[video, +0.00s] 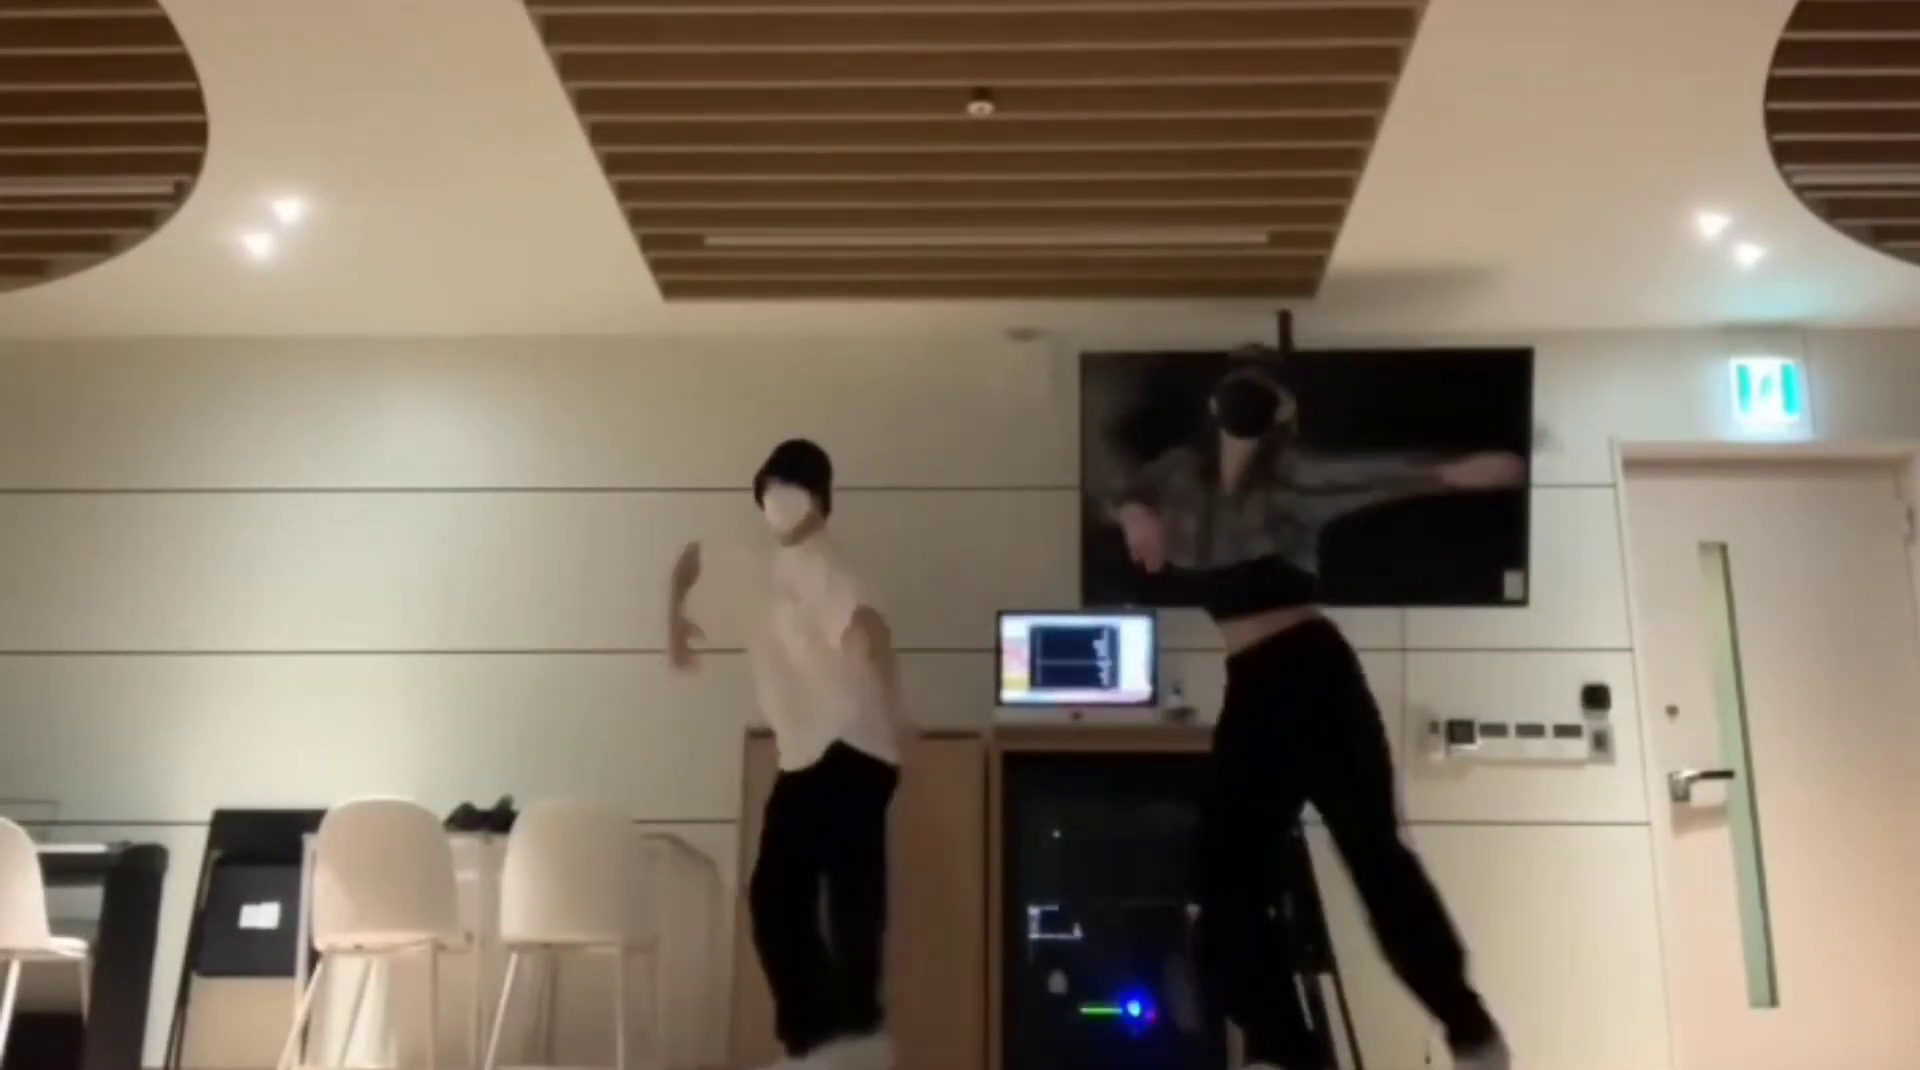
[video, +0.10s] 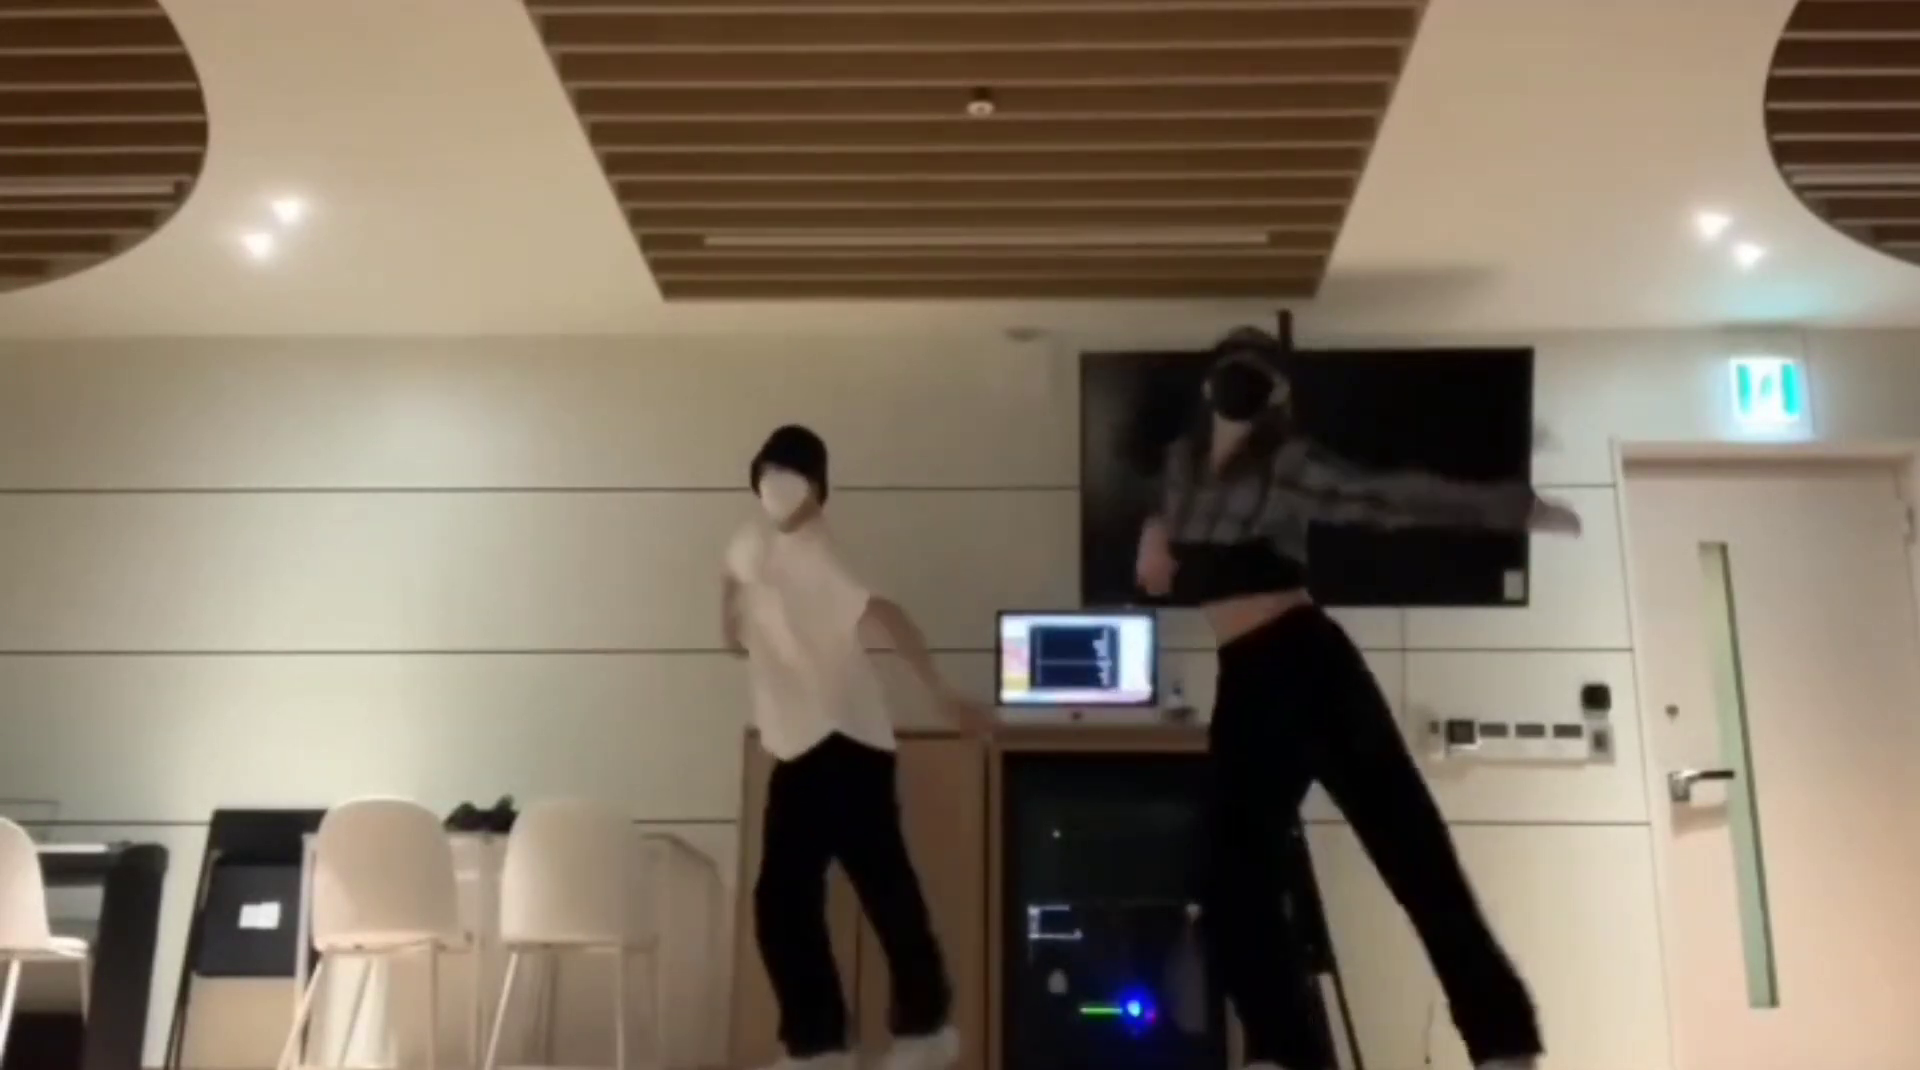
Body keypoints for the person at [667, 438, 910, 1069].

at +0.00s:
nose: (780, 504)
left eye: (795, 491)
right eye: (770, 492)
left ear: (820, 500)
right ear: (759, 502)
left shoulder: (825, 563)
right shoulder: (776, 572)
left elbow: (871, 627)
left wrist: (895, 715)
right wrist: (678, 606)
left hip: (850, 745)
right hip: (806, 751)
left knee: (778, 892)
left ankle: (826, 1033)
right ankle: (844, 1027)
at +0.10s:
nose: (774, 489)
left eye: (789, 478)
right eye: (767, 477)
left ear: (817, 491)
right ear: (754, 483)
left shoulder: (809, 553)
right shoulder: (757, 544)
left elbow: (885, 615)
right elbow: (733, 588)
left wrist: (941, 696)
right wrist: (734, 626)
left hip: (848, 742)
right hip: (801, 748)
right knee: (782, 901)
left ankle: (928, 1027)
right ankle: (816, 1044)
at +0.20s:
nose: (774, 477)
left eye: (787, 463)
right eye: (766, 466)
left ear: (814, 475)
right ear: (758, 478)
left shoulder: (816, 549)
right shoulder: (774, 548)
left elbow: (907, 611)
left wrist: (969, 692)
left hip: (833, 742)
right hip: (791, 742)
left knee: (897, 875)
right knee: (790, 898)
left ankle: (965, 1015)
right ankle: (818, 1044)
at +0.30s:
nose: (781, 477)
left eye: (791, 462)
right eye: (772, 467)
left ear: (820, 465)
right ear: (768, 477)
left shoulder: (849, 539)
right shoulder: (801, 541)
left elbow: (896, 623)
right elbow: (872, 625)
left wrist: (939, 709)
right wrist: (842, 681)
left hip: (817, 737)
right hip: (781, 738)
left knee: (863, 877)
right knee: (787, 893)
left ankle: (924, 1022)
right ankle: (817, 1038)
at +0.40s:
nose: (787, 489)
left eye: (794, 473)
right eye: (779, 479)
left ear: (823, 472)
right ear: (780, 487)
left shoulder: (869, 546)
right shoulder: (809, 550)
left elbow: (894, 633)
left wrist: (902, 717)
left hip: (819, 736)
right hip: (771, 734)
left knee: (828, 882)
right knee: (753, 886)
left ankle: (863, 1033)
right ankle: (803, 1028)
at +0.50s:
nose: (794, 519)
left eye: (805, 504)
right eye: (786, 508)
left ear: (834, 508)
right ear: (781, 519)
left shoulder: (867, 579)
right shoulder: (799, 592)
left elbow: (903, 667)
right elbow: (799, 686)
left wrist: (845, 758)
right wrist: (748, 740)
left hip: (819, 773)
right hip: (766, 766)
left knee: (785, 897)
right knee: (678, 853)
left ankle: (830, 1050)